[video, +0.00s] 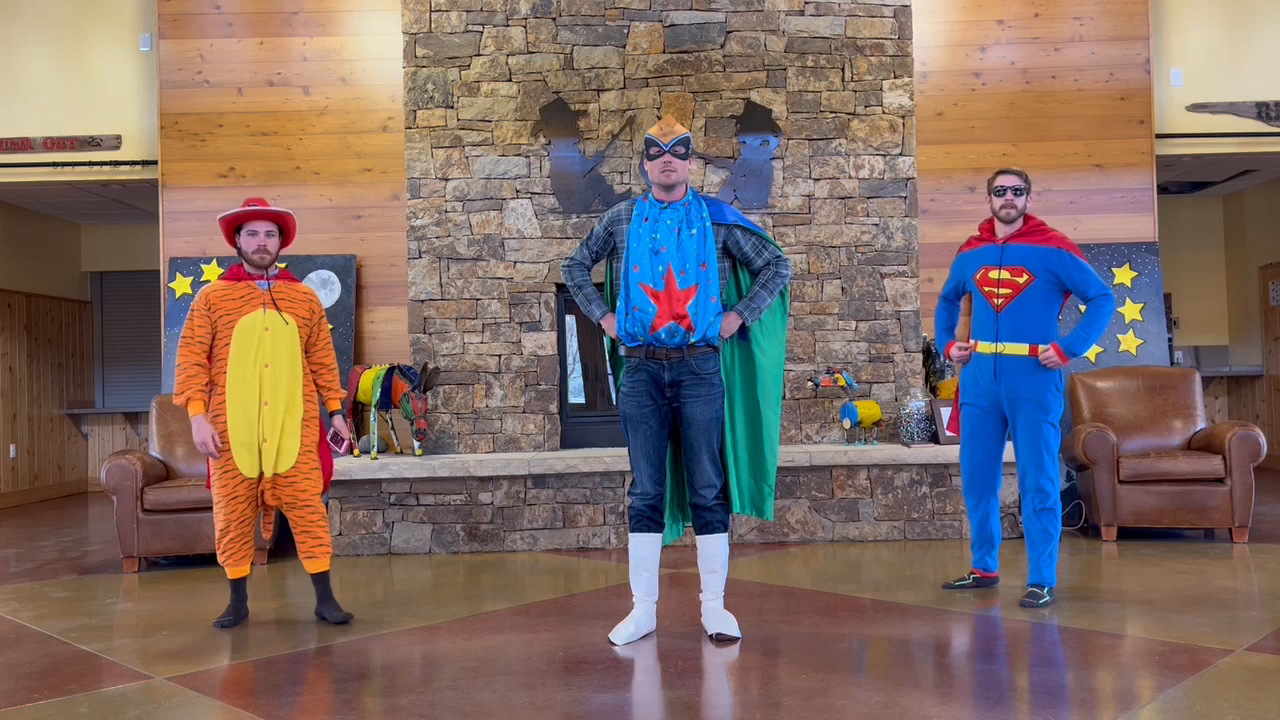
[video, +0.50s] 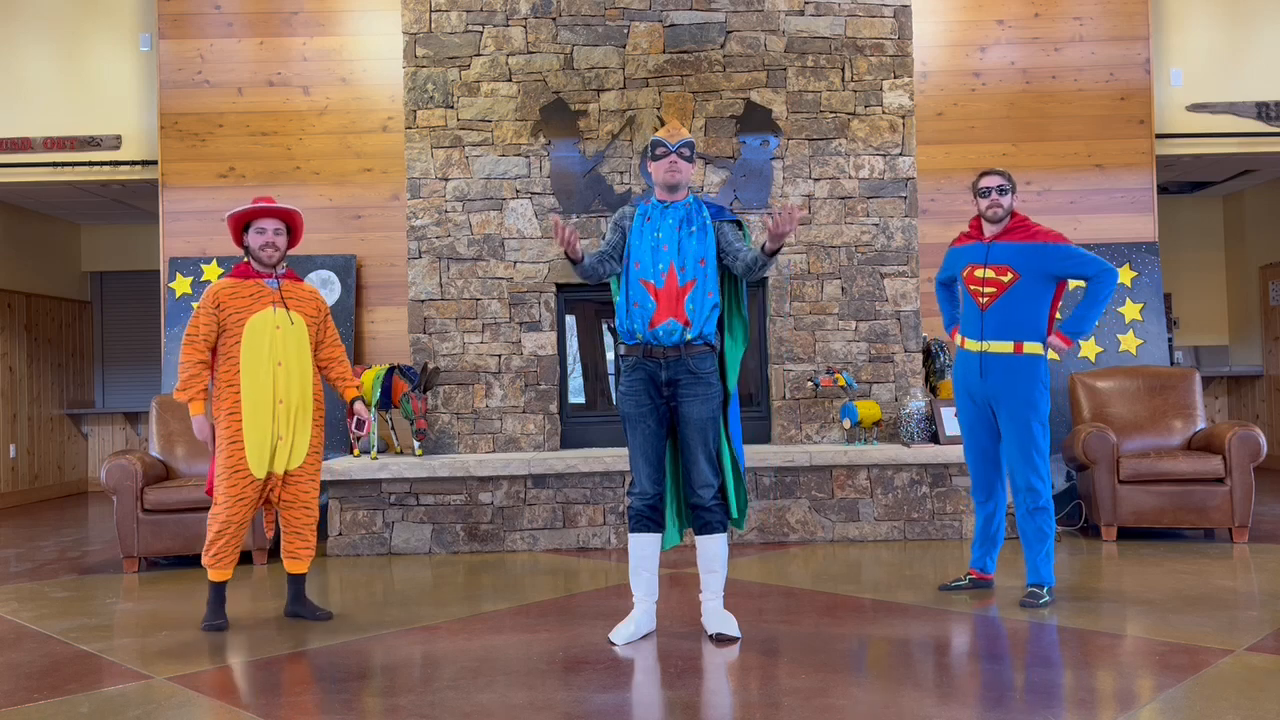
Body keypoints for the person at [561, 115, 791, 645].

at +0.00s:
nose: (668, 161)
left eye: (678, 153)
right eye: (657, 153)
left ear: (692, 162)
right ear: (644, 163)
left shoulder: (715, 216)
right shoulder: (622, 216)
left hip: (700, 366)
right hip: (640, 366)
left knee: (706, 487)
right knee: (646, 489)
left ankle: (714, 608)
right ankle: (643, 611)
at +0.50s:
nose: (674, 159)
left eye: (683, 154)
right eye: (663, 154)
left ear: (695, 168)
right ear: (647, 168)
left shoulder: (713, 217)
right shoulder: (628, 218)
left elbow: (745, 266)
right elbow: (604, 267)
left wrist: (769, 246)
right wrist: (578, 256)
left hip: (696, 364)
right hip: (639, 366)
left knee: (705, 484)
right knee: (645, 488)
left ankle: (714, 608)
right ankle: (643, 609)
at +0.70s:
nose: (673, 163)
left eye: (682, 156)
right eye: (662, 156)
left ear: (695, 167)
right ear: (648, 167)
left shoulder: (714, 218)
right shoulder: (630, 216)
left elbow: (748, 265)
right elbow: (603, 267)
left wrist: (772, 233)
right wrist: (585, 242)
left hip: (697, 364)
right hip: (639, 366)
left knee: (705, 483)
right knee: (645, 488)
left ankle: (714, 608)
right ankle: (643, 610)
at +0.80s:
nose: (673, 162)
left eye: (683, 155)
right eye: (662, 155)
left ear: (696, 167)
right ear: (647, 168)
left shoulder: (715, 218)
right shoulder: (629, 217)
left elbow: (748, 262)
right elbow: (600, 265)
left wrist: (776, 233)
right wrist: (583, 239)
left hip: (699, 365)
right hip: (639, 367)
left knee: (706, 485)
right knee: (646, 487)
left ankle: (714, 608)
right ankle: (643, 609)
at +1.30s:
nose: (672, 164)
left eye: (682, 156)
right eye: (662, 157)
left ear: (696, 167)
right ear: (647, 168)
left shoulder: (716, 217)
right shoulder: (632, 218)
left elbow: (752, 262)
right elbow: (598, 266)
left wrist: (782, 230)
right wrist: (578, 236)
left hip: (699, 365)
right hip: (641, 366)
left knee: (706, 485)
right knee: (646, 488)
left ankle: (714, 608)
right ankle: (644, 609)